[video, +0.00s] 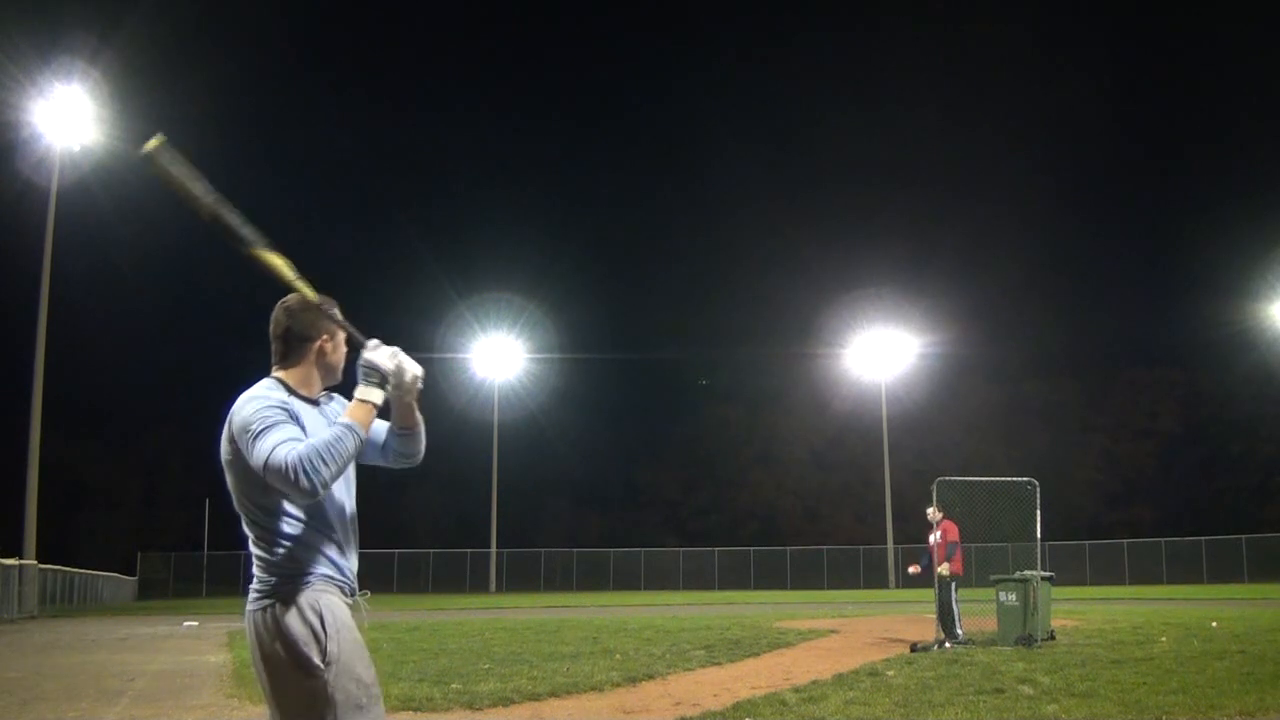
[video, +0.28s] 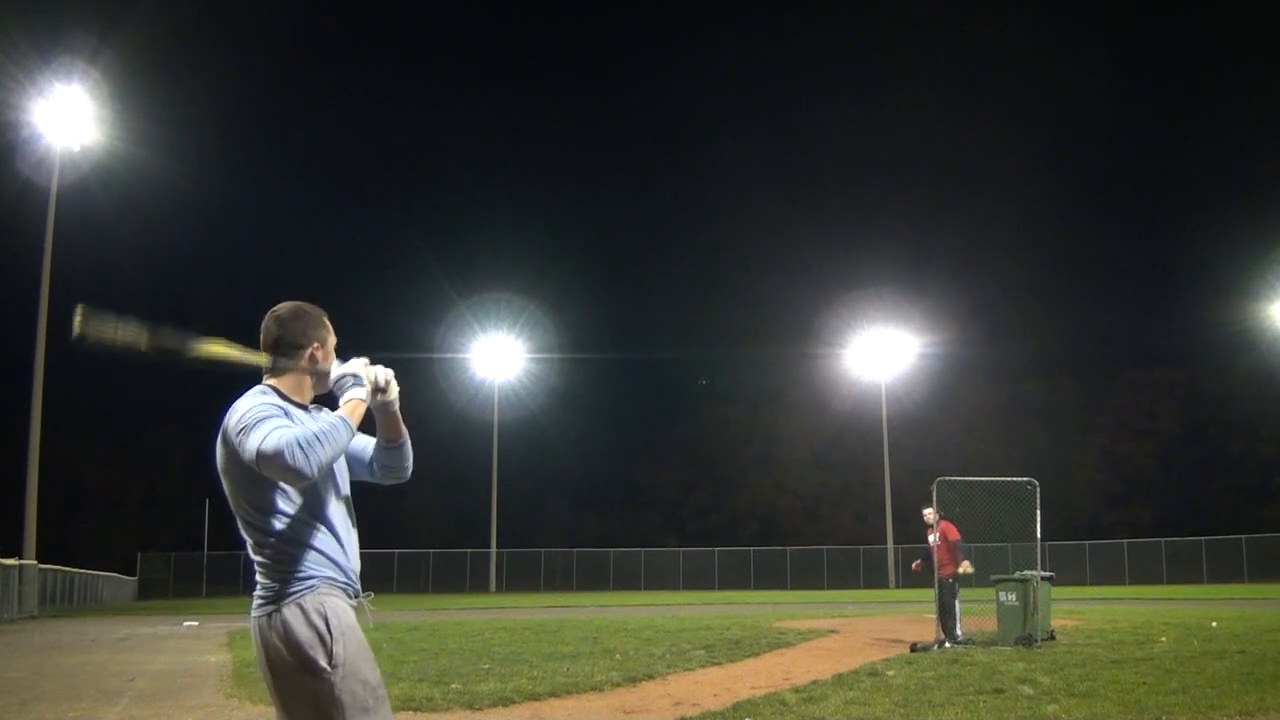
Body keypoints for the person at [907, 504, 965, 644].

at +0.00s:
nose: (930, 516)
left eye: (932, 513)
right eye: (928, 514)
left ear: (940, 513)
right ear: (928, 517)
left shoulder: (949, 526)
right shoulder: (932, 533)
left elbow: (952, 545)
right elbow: (930, 554)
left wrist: (947, 562)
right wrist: (920, 566)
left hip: (950, 571)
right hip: (939, 572)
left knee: (949, 602)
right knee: (941, 604)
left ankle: (956, 634)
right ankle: (948, 634)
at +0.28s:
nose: (927, 517)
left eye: (929, 514)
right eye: (925, 515)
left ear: (937, 514)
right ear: (924, 518)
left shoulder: (946, 526)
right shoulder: (930, 531)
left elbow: (958, 544)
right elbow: (932, 551)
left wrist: (963, 561)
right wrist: (921, 561)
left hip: (950, 573)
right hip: (939, 574)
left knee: (950, 605)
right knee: (941, 606)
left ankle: (952, 636)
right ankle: (945, 636)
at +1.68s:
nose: (956, 514)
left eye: (959, 511)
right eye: (953, 512)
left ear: (964, 514)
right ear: (950, 514)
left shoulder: (971, 529)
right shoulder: (950, 530)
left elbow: (981, 549)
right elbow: (955, 552)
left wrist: (981, 568)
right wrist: (953, 570)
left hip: (968, 573)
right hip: (956, 573)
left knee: (965, 605)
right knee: (965, 606)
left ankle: (962, 634)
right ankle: (974, 632)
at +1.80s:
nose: (959, 514)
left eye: (962, 511)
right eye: (957, 511)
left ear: (967, 513)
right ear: (953, 513)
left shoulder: (973, 529)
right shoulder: (954, 530)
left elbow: (982, 549)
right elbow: (957, 553)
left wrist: (977, 566)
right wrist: (954, 570)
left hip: (969, 572)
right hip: (959, 573)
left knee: (968, 605)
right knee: (964, 605)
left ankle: (969, 635)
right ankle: (969, 633)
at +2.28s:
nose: (966, 513)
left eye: (970, 511)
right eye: (965, 511)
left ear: (976, 513)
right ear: (962, 513)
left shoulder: (983, 529)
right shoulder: (962, 529)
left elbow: (986, 551)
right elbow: (962, 551)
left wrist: (970, 561)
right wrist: (957, 566)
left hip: (978, 573)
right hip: (965, 574)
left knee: (979, 605)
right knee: (966, 606)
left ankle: (983, 635)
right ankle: (972, 634)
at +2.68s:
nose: (967, 511)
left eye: (970, 508)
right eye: (968, 508)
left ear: (976, 512)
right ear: (973, 512)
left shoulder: (984, 528)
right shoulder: (971, 527)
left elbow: (984, 552)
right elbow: (971, 547)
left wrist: (964, 557)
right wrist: (961, 555)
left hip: (983, 574)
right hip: (972, 573)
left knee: (982, 606)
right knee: (971, 606)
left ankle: (984, 635)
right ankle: (973, 635)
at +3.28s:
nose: (965, 512)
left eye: (967, 510)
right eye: (966, 510)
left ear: (972, 512)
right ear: (974, 513)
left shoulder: (980, 527)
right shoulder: (972, 527)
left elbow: (983, 551)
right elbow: (973, 550)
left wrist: (963, 559)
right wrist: (962, 557)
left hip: (979, 576)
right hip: (970, 575)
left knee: (980, 606)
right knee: (966, 607)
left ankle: (985, 634)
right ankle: (970, 634)